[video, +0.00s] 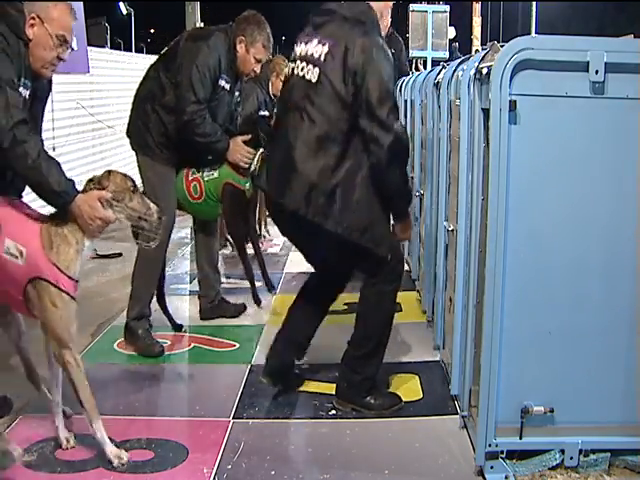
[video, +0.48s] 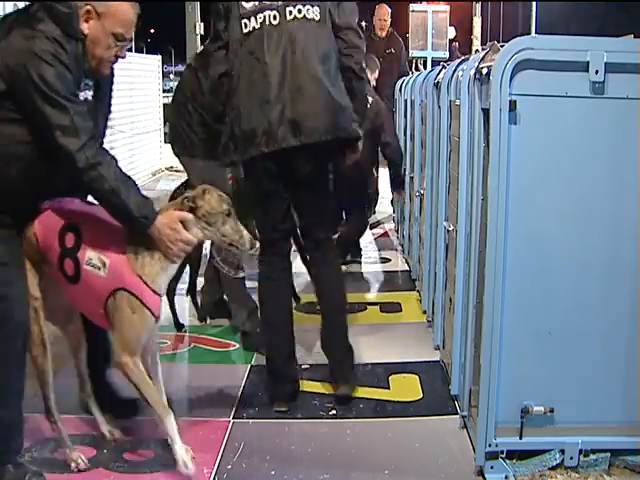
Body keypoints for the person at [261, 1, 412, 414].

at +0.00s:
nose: (391, 19)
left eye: (392, 11)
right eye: (391, 10)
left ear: (352, 3)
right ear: (377, 5)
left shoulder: (313, 31)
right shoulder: (367, 46)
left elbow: (294, 114)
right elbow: (383, 138)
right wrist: (401, 211)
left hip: (285, 187)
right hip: (327, 191)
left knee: (334, 265)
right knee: (387, 265)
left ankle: (281, 362)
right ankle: (358, 385)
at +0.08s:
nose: (387, 14)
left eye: (386, 11)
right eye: (385, 10)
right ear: (370, 1)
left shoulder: (296, 19)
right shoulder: (363, 23)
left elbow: (282, 104)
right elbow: (385, 119)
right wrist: (401, 192)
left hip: (280, 176)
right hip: (333, 178)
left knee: (323, 258)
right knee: (381, 261)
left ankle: (288, 373)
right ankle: (357, 386)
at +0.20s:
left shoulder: (270, 11)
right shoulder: (356, 8)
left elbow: (261, 88)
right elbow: (380, 88)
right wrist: (397, 162)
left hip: (274, 162)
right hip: (331, 162)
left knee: (301, 262)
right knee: (371, 259)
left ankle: (285, 385)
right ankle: (355, 387)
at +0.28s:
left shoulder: (257, 8)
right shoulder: (352, 5)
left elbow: (236, 81)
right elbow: (372, 72)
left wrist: (253, 146)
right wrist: (390, 144)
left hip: (267, 151)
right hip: (329, 149)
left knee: (291, 260)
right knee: (360, 258)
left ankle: (283, 385)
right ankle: (355, 385)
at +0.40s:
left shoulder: (240, 9)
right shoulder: (339, 4)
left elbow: (223, 65)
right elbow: (359, 55)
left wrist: (229, 144)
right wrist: (375, 127)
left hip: (258, 138)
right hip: (321, 131)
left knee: (280, 259)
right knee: (342, 256)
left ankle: (281, 385)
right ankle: (350, 381)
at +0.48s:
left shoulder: (228, 9)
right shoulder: (335, 4)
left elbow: (216, 60)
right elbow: (350, 48)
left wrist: (228, 138)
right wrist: (353, 125)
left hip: (255, 125)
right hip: (316, 117)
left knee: (273, 253)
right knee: (322, 247)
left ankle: (282, 386)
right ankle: (342, 375)